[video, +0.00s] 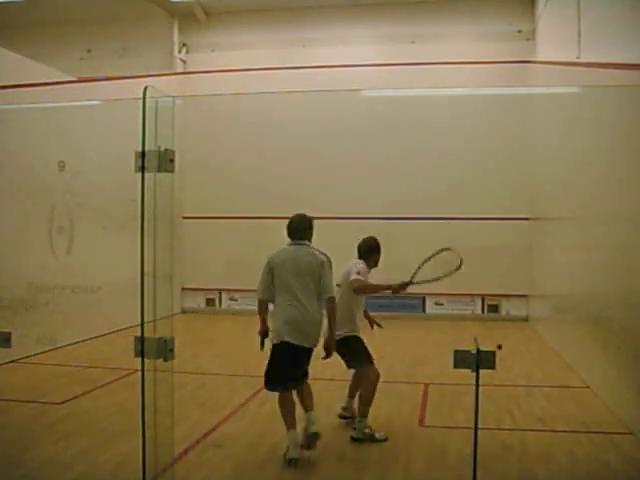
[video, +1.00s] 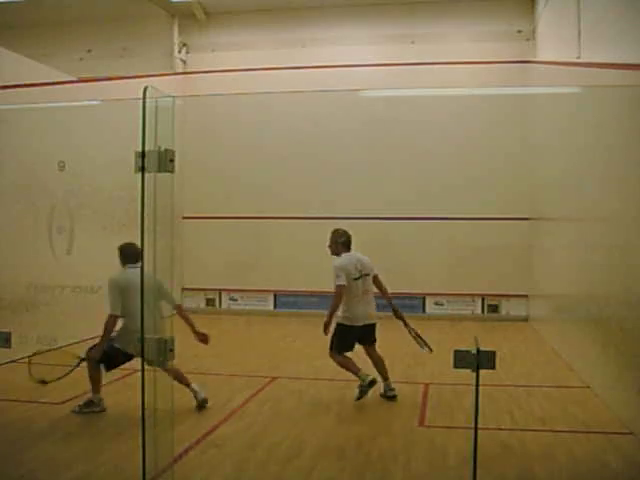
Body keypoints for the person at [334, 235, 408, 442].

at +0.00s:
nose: (379, 259)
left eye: (379, 255)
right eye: (379, 255)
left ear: (361, 252)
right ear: (374, 254)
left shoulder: (353, 268)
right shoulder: (359, 266)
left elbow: (352, 296)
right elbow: (357, 286)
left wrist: (367, 314)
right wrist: (391, 288)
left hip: (342, 331)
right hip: (346, 333)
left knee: (362, 369)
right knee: (372, 375)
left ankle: (348, 407)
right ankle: (361, 426)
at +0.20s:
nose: (397, 259)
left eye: (396, 255)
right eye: (394, 255)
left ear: (382, 256)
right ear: (385, 256)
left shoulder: (376, 272)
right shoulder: (370, 270)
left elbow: (349, 292)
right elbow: (369, 285)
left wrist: (345, 310)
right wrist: (382, 268)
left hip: (362, 328)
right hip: (353, 330)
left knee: (384, 359)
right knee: (372, 374)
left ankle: (371, 400)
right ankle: (360, 423)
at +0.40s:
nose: (389, 237)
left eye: (389, 234)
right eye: (389, 234)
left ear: (370, 230)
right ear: (386, 234)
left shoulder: (349, 246)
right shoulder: (385, 253)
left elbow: (346, 270)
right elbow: (389, 283)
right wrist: (381, 297)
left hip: (354, 307)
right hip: (377, 306)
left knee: (364, 354)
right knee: (377, 351)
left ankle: (372, 395)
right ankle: (361, 385)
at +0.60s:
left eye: (356, 223)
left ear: (356, 228)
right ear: (374, 229)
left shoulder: (350, 247)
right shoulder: (381, 249)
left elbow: (342, 276)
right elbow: (372, 279)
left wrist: (349, 287)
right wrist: (342, 287)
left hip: (361, 309)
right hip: (385, 304)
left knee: (369, 354)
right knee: (404, 342)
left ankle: (381, 396)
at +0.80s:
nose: (344, 242)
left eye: (344, 238)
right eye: (345, 238)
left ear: (345, 239)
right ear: (361, 238)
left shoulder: (344, 259)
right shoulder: (374, 256)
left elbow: (341, 289)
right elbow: (377, 283)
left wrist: (338, 314)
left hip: (361, 317)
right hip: (382, 312)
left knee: (371, 359)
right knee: (393, 347)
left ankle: (388, 398)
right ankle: (405, 383)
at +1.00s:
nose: (328, 246)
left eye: (331, 243)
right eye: (329, 243)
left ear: (338, 244)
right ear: (347, 244)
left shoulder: (340, 264)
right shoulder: (363, 260)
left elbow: (339, 293)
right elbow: (379, 284)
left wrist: (329, 319)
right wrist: (393, 307)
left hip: (349, 320)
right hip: (369, 318)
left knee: (335, 353)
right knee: (371, 349)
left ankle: (363, 377)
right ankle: (389, 386)